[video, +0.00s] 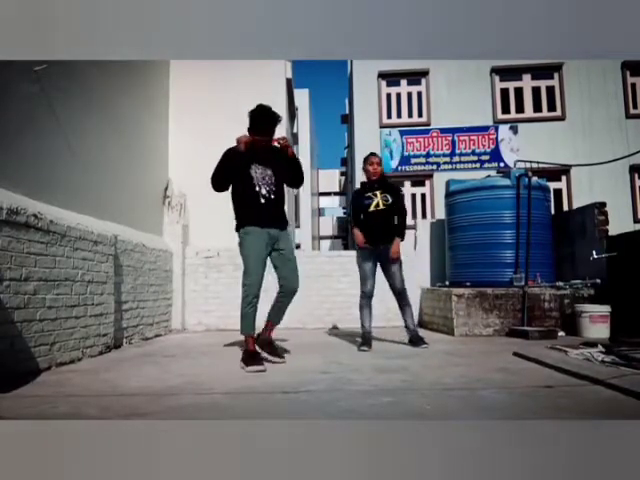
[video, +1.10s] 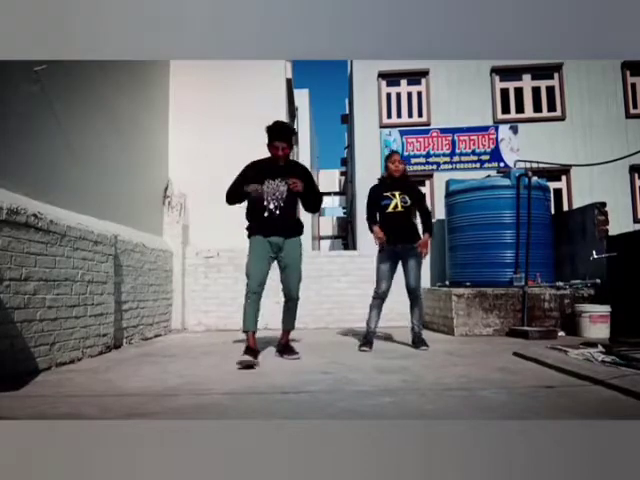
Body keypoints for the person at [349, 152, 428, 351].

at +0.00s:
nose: (374, 168)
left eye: (377, 164)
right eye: (371, 164)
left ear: (382, 167)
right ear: (364, 168)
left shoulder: (392, 189)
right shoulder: (358, 194)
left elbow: (402, 216)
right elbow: (353, 217)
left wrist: (397, 241)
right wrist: (355, 230)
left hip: (389, 245)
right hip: (366, 246)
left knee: (399, 290)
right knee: (366, 292)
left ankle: (413, 333)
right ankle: (366, 336)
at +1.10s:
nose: (398, 166)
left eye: (401, 162)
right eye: (394, 162)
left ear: (404, 165)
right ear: (387, 166)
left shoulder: (412, 189)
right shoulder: (377, 190)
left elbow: (425, 213)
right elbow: (370, 215)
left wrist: (427, 236)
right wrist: (375, 229)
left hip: (411, 244)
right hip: (388, 245)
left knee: (414, 290)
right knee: (381, 291)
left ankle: (417, 335)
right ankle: (368, 335)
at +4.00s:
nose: (384, 165)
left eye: (387, 162)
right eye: (380, 162)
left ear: (393, 165)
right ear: (376, 166)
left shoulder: (399, 191)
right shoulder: (368, 185)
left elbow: (403, 222)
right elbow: (353, 201)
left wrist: (406, 249)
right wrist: (349, 212)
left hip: (390, 245)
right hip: (367, 244)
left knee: (396, 289)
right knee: (364, 289)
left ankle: (398, 333)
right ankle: (361, 335)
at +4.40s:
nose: (361, 166)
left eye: (365, 162)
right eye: (358, 162)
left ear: (372, 166)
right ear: (354, 166)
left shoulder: (380, 187)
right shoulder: (348, 189)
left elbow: (392, 214)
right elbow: (345, 218)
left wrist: (400, 239)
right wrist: (345, 244)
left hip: (380, 245)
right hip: (356, 246)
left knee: (388, 290)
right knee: (352, 292)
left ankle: (397, 333)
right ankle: (350, 335)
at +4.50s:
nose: (358, 165)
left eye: (362, 161)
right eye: (355, 162)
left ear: (368, 164)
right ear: (350, 165)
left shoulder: (376, 184)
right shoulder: (345, 188)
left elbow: (388, 211)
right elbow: (342, 217)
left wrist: (396, 237)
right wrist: (346, 244)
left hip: (378, 244)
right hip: (355, 245)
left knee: (389, 288)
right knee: (353, 292)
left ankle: (397, 332)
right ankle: (350, 335)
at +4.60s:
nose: (359, 164)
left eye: (362, 160)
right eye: (356, 161)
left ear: (369, 163)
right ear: (351, 164)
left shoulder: (378, 186)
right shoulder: (345, 187)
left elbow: (387, 213)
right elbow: (340, 217)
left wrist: (393, 238)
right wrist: (342, 243)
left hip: (376, 243)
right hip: (353, 244)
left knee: (390, 285)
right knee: (353, 291)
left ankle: (395, 330)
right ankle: (350, 335)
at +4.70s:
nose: (362, 167)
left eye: (366, 163)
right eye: (359, 164)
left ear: (372, 166)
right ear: (355, 167)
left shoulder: (380, 188)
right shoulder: (349, 188)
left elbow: (387, 218)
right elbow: (339, 217)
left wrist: (392, 243)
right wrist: (336, 245)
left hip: (377, 246)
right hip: (353, 246)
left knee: (387, 289)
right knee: (352, 291)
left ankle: (394, 333)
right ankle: (349, 335)